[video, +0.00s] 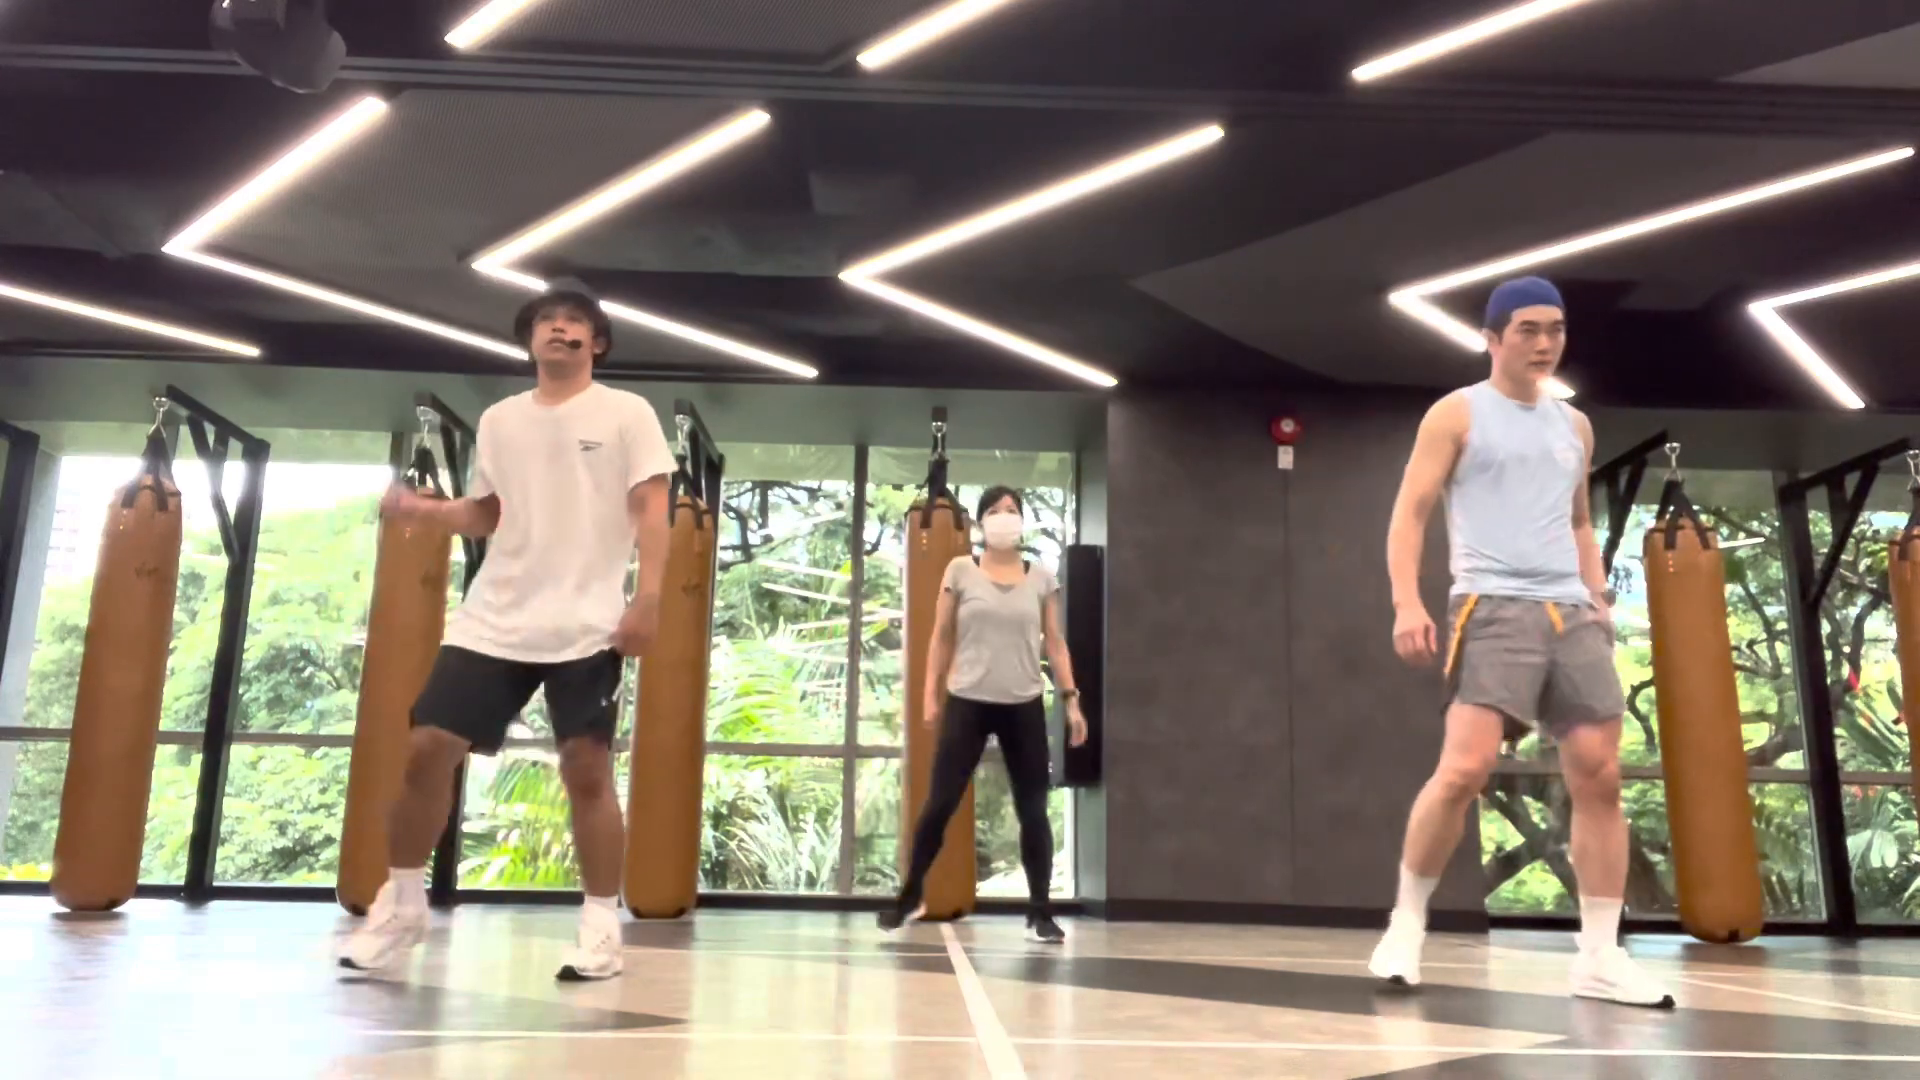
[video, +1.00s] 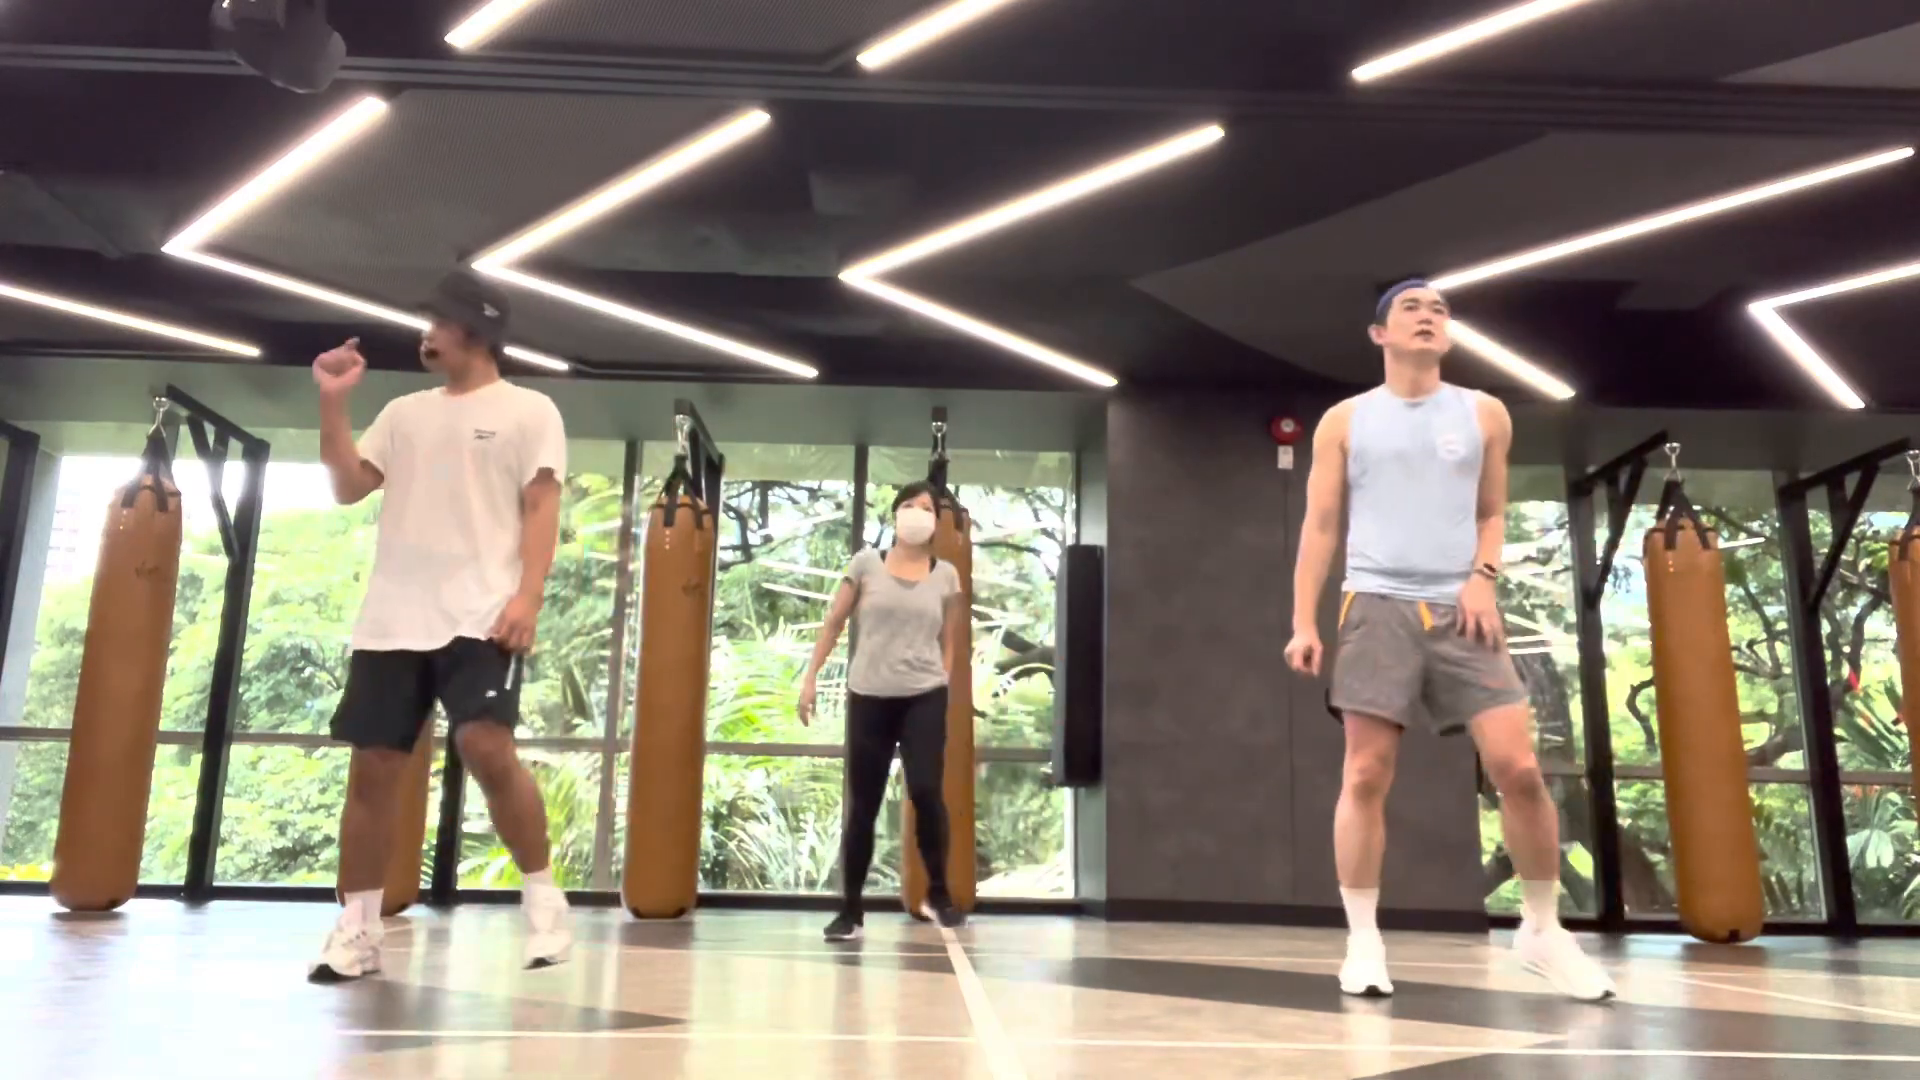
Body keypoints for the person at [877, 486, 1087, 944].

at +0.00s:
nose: (1007, 518)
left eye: (1013, 512)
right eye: (997, 512)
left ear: (1023, 526)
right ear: (980, 526)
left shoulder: (1040, 578)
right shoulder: (960, 570)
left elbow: (1055, 642)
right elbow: (941, 636)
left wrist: (1071, 699)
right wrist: (930, 695)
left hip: (1024, 705)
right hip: (967, 703)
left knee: (1034, 811)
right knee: (941, 802)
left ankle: (1040, 911)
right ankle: (911, 892)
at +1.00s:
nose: (917, 514)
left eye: (926, 509)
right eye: (909, 507)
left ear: (938, 523)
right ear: (894, 519)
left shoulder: (946, 576)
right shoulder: (867, 562)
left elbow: (948, 640)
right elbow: (833, 623)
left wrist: (944, 689)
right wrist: (810, 677)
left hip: (926, 695)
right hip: (869, 695)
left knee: (926, 792)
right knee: (861, 807)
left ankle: (938, 894)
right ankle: (851, 911)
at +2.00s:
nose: (1014, 519)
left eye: (1022, 513)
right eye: (1004, 513)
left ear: (1033, 528)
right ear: (990, 526)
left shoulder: (1048, 580)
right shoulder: (969, 570)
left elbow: (1068, 645)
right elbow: (948, 635)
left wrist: (1087, 700)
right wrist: (942, 694)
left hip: (1030, 702)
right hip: (975, 700)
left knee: (1035, 809)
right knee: (978, 804)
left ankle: (1040, 912)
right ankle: (972, 900)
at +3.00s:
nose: (889, 523)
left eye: (898, 517)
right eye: (880, 515)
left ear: (906, 531)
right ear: (862, 525)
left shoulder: (915, 583)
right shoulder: (835, 570)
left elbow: (918, 649)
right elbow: (803, 630)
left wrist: (916, 703)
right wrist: (776, 686)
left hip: (891, 702)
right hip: (836, 699)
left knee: (868, 795)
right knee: (825, 808)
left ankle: (863, 900)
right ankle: (820, 906)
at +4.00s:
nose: (999, 523)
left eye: (1007, 517)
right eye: (990, 516)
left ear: (1018, 530)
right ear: (973, 528)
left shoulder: (1031, 576)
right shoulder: (953, 578)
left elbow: (1056, 632)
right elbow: (943, 643)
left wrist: (1076, 670)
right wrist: (936, 703)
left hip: (1024, 700)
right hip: (969, 702)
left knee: (1028, 807)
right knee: (973, 803)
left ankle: (1029, 913)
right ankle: (979, 904)